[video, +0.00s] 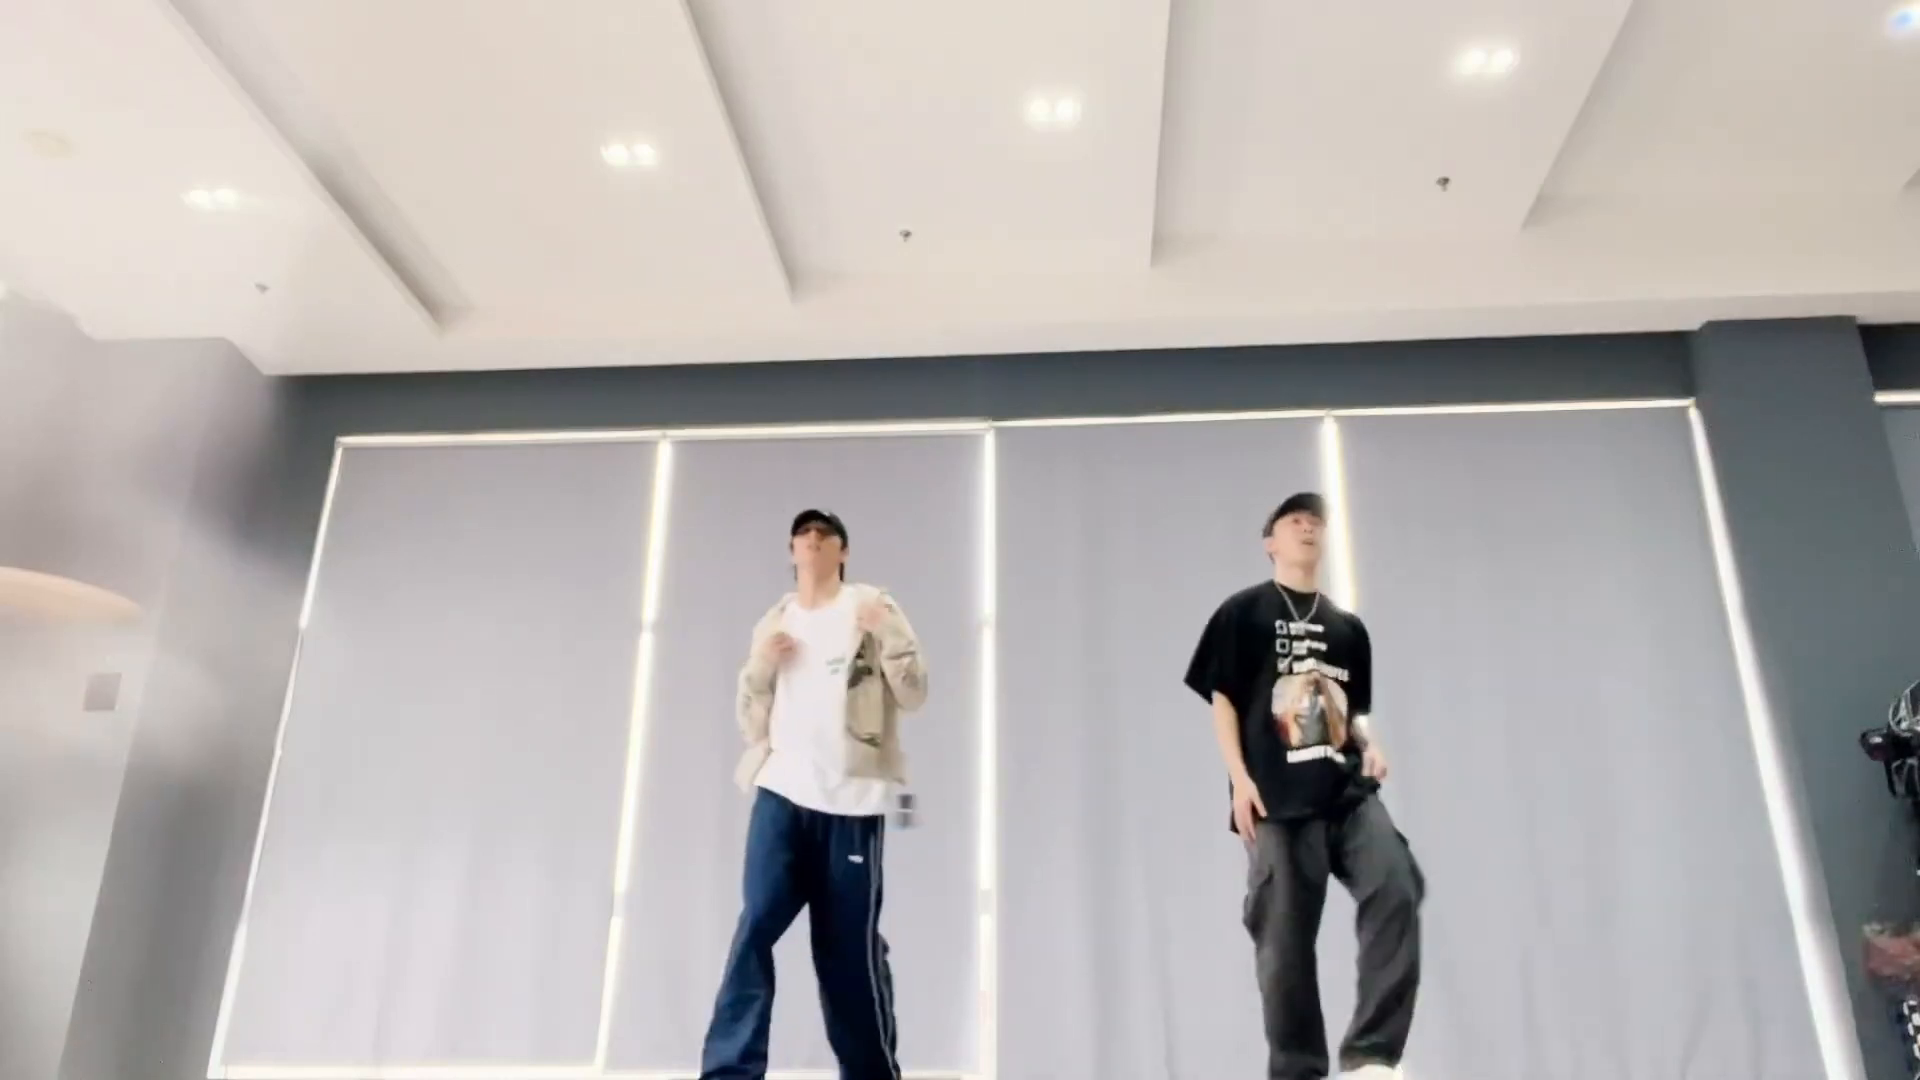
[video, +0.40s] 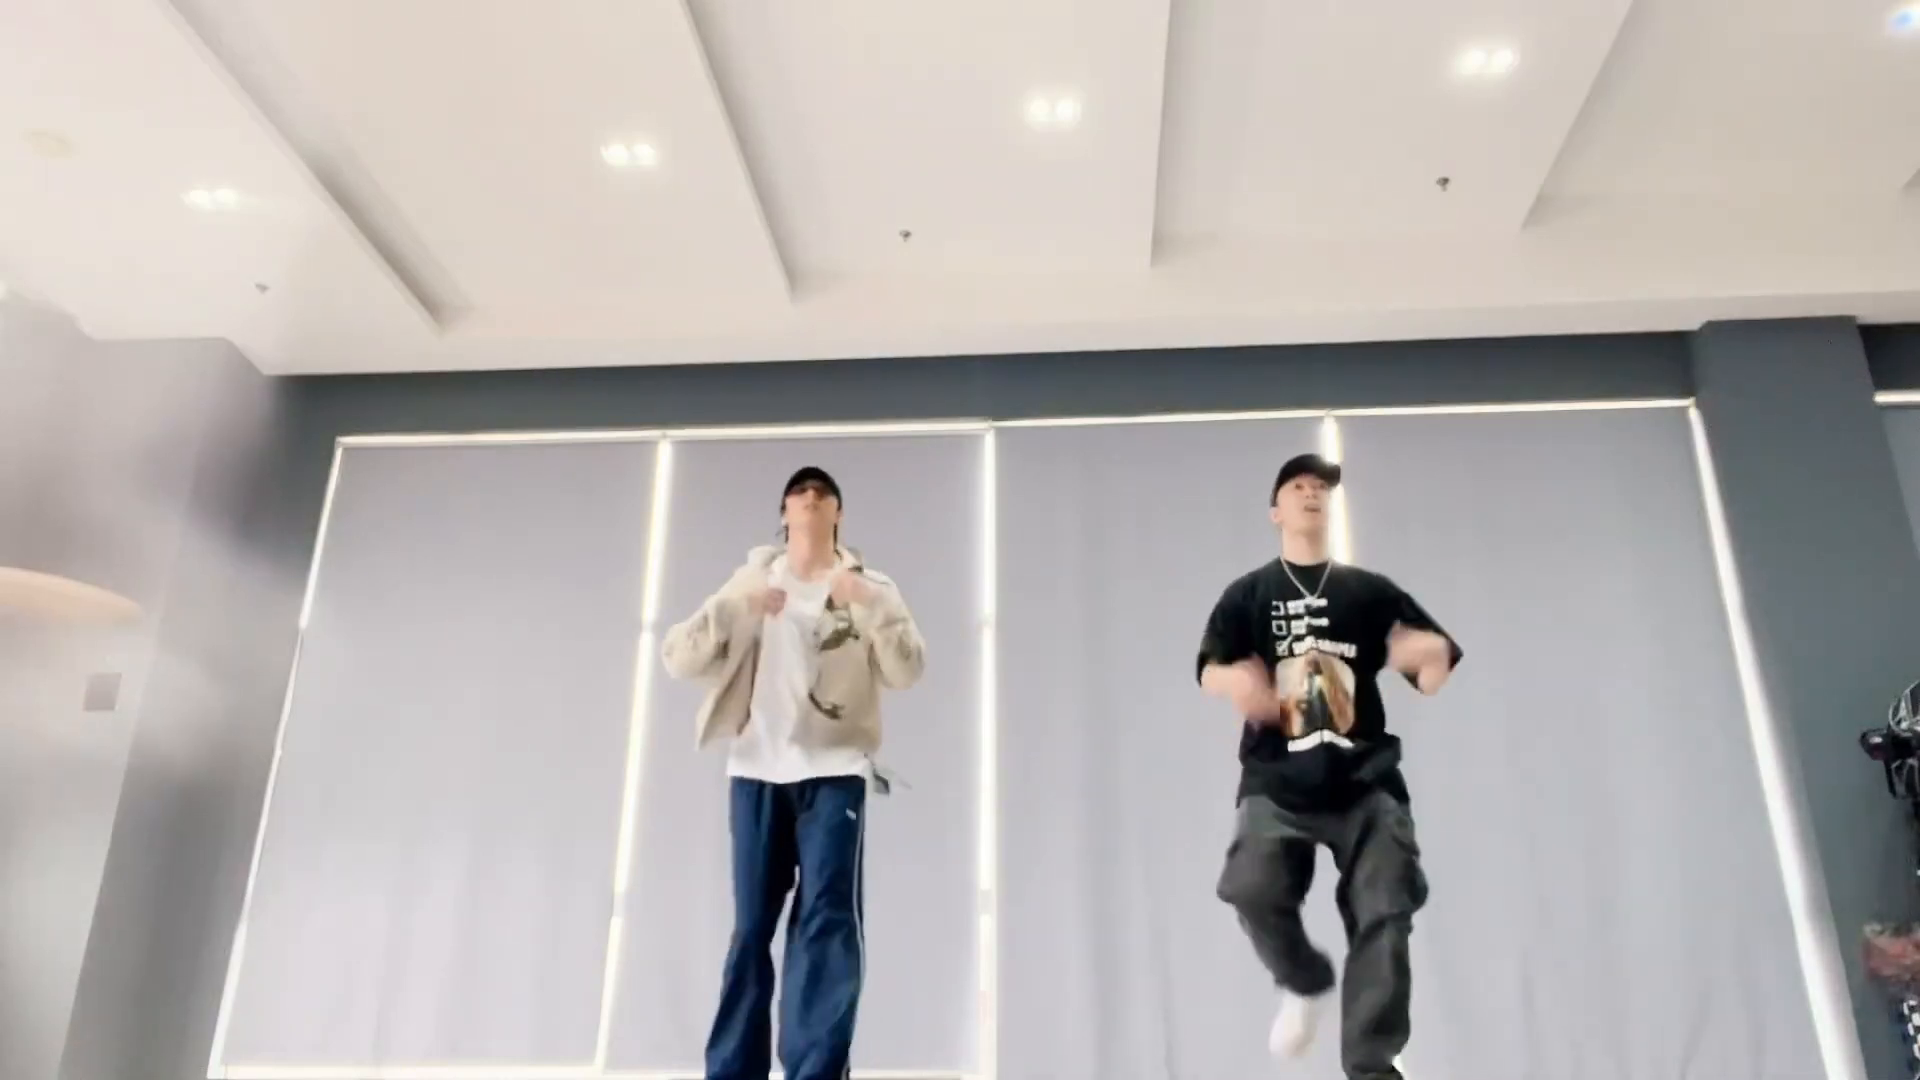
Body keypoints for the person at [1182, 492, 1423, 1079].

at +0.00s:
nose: (1308, 528)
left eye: (1316, 521)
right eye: (1295, 522)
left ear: (1325, 541)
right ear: (1270, 542)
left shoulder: (1348, 628)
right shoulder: (1242, 612)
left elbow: (1354, 711)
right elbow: (1222, 703)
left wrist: (1370, 744)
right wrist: (1240, 780)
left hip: (1348, 796)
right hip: (1278, 802)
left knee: (1396, 887)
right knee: (1283, 939)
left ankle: (1372, 1057)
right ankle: (1297, 1072)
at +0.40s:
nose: (1311, 496)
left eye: (1320, 490)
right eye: (1298, 489)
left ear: (1333, 509)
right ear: (1276, 510)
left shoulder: (1372, 591)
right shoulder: (1247, 595)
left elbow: (1435, 660)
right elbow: (1211, 670)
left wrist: (1427, 654)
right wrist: (1244, 682)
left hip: (1364, 777)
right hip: (1277, 781)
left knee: (1385, 909)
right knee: (1252, 888)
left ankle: (1373, 1063)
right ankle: (1305, 984)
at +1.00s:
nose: (1359, 499)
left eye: (1368, 494)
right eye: (1346, 486)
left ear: (1370, 517)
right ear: (1310, 496)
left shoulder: (1356, 599)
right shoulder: (1263, 545)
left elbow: (1375, 693)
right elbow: (1192, 595)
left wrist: (1391, 651)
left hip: (1312, 761)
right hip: (1242, 747)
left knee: (1375, 897)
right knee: (1257, 868)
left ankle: (1376, 1060)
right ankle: (1264, 1051)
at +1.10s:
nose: (1372, 547)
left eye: (1381, 541)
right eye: (1360, 532)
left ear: (1381, 558)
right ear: (1323, 534)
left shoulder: (1356, 637)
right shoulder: (1274, 554)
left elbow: (1441, 656)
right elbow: (1219, 480)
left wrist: (1530, 630)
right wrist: (1278, 412)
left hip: (1282, 797)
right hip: (1223, 766)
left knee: (1374, 908)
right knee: (1209, 893)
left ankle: (1378, 1074)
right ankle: (1091, 1056)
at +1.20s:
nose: (1365, 576)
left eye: (1372, 570)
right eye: (1351, 564)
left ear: (1376, 588)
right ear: (1323, 570)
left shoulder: (1360, 667)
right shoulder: (1290, 587)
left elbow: (1447, 656)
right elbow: (1274, 488)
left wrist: (1531, 613)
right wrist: (1289, 389)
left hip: (1274, 831)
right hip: (1215, 802)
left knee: (1370, 912)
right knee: (1159, 932)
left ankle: (1375, 1068)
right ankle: (1019, 1041)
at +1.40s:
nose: (1323, 484)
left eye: (1334, 477)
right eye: (1309, 476)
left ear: (1348, 497)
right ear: (1287, 495)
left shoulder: (1369, 597)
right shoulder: (1256, 561)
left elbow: (1362, 692)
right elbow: (1218, 664)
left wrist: (1348, 690)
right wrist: (1282, 654)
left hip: (1344, 761)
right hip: (1263, 740)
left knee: (1400, 910)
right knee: (1262, 871)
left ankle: (1385, 1071)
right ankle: (1185, 1020)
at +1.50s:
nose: (1276, 488)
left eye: (1289, 477)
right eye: (1261, 480)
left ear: (1308, 491)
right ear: (1246, 500)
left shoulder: (1359, 561)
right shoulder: (1234, 594)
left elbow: (1433, 624)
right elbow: (1227, 707)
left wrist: (1333, 603)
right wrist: (1270, 671)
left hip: (1380, 760)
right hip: (1292, 770)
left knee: (1419, 907)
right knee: (1311, 911)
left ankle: (1397, 1065)